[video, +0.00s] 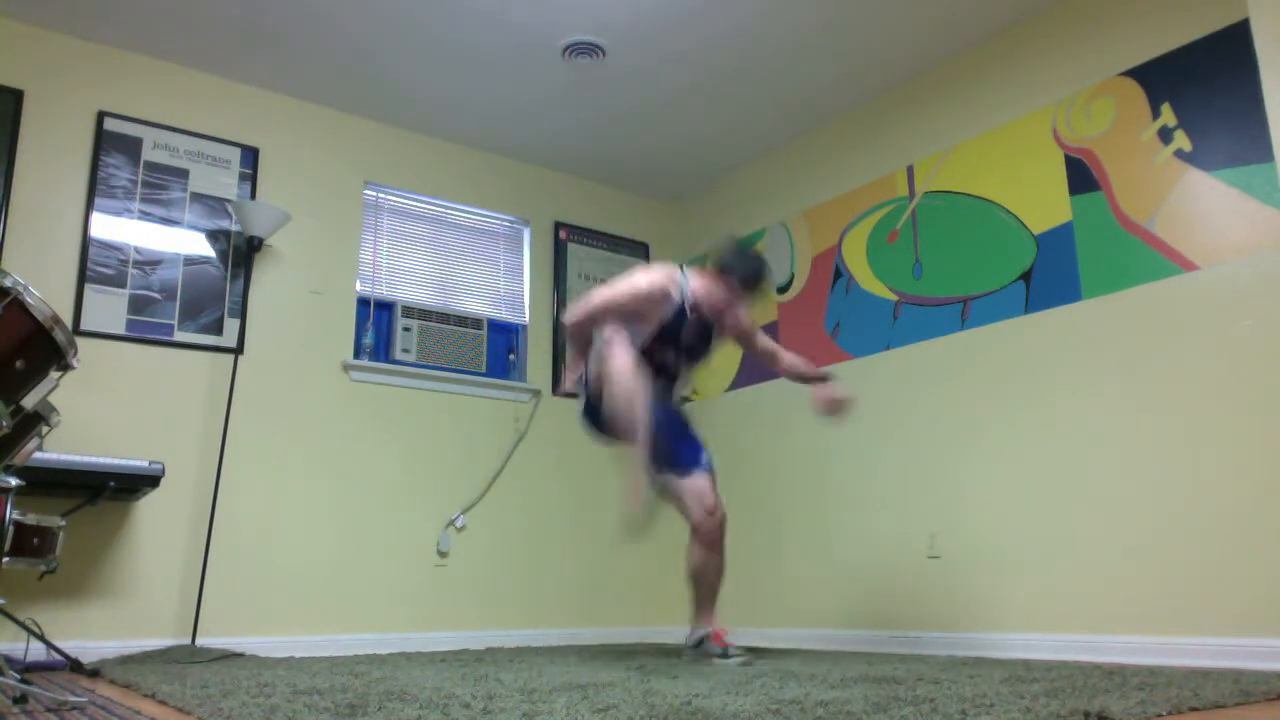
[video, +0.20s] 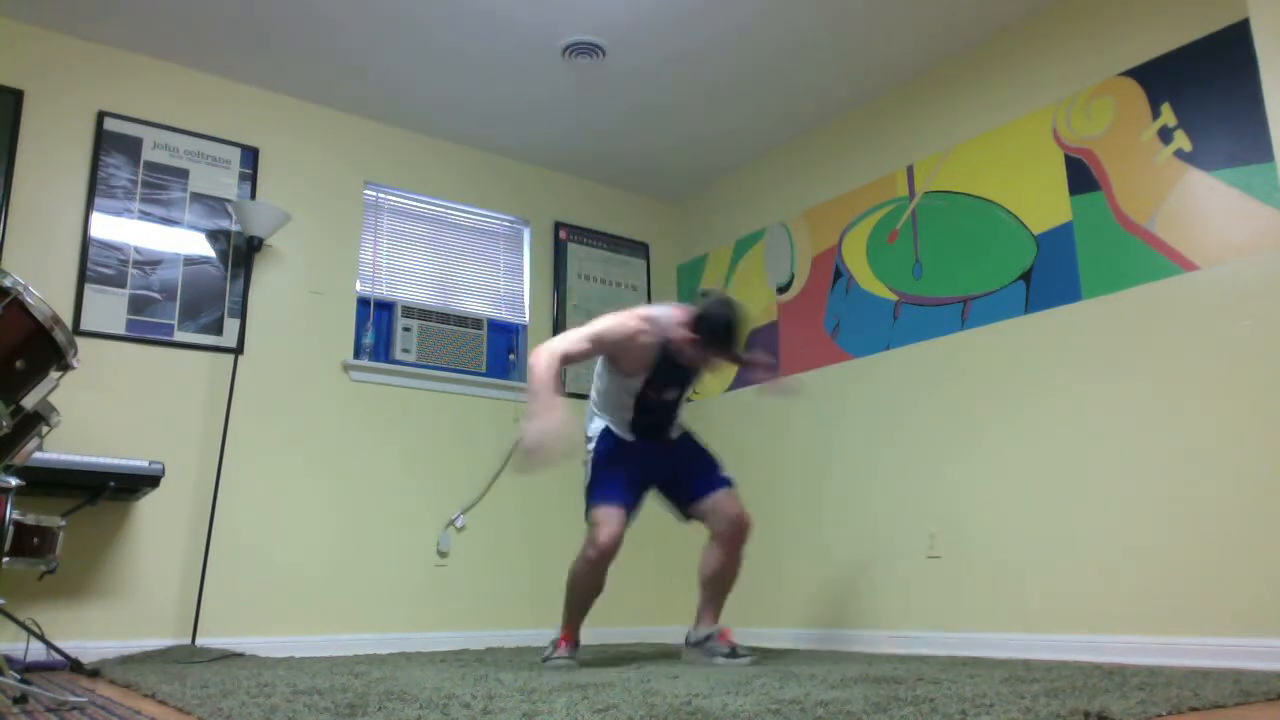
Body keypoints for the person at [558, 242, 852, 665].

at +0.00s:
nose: (732, 307)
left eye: (740, 300)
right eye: (731, 294)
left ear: (743, 297)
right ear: (717, 276)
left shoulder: (728, 315)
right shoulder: (661, 282)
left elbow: (772, 354)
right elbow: (576, 318)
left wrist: (817, 378)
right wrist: (578, 364)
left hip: (660, 411)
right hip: (611, 402)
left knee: (709, 518)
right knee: (615, 338)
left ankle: (702, 632)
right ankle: (639, 490)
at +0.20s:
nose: (705, 363)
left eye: (714, 358)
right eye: (704, 356)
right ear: (690, 335)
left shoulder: (703, 334)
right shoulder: (635, 327)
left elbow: (716, 352)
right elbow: (545, 355)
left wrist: (748, 361)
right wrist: (545, 416)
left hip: (669, 440)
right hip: (618, 440)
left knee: (732, 522)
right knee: (604, 541)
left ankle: (704, 632)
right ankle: (567, 639)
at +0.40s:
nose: (723, 258)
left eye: (729, 249)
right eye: (721, 246)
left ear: (706, 233)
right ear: (693, 228)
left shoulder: (705, 271)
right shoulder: (635, 252)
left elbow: (747, 303)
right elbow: (573, 297)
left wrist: (809, 322)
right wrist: (630, 336)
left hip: (683, 397)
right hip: (632, 404)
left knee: (786, 416)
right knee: (610, 509)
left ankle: (774, 532)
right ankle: (583, 606)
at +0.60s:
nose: (769, 250)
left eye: (777, 243)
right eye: (770, 237)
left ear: (756, 225)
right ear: (745, 212)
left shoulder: (743, 272)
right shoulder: (683, 219)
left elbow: (775, 317)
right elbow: (608, 178)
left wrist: (829, 353)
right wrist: (616, 239)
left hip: (702, 388)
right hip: (649, 383)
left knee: (775, 481)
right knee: (693, 495)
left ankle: (772, 620)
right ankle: (718, 607)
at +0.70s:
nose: (788, 255)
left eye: (794, 248)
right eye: (789, 242)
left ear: (769, 228)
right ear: (763, 220)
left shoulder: (754, 297)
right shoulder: (699, 228)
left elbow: (742, 373)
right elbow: (611, 193)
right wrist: (622, 235)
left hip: (729, 405)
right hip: (670, 397)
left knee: (787, 504)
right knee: (712, 517)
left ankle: (761, 639)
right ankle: (762, 623)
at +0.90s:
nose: (774, 211)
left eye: (782, 207)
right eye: (775, 199)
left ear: (780, 204)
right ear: (756, 178)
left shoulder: (754, 235)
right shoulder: (688, 189)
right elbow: (688, 207)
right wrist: (741, 219)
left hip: (724, 368)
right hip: (671, 358)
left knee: (771, 480)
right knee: (709, 462)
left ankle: (775, 621)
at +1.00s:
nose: (770, 215)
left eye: (776, 208)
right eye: (771, 202)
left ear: (751, 185)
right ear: (745, 179)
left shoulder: (735, 225)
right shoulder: (686, 201)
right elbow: (743, 240)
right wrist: (824, 245)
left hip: (700, 371)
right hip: (662, 362)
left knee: (770, 476)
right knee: (707, 495)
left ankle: (777, 609)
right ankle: (655, 638)